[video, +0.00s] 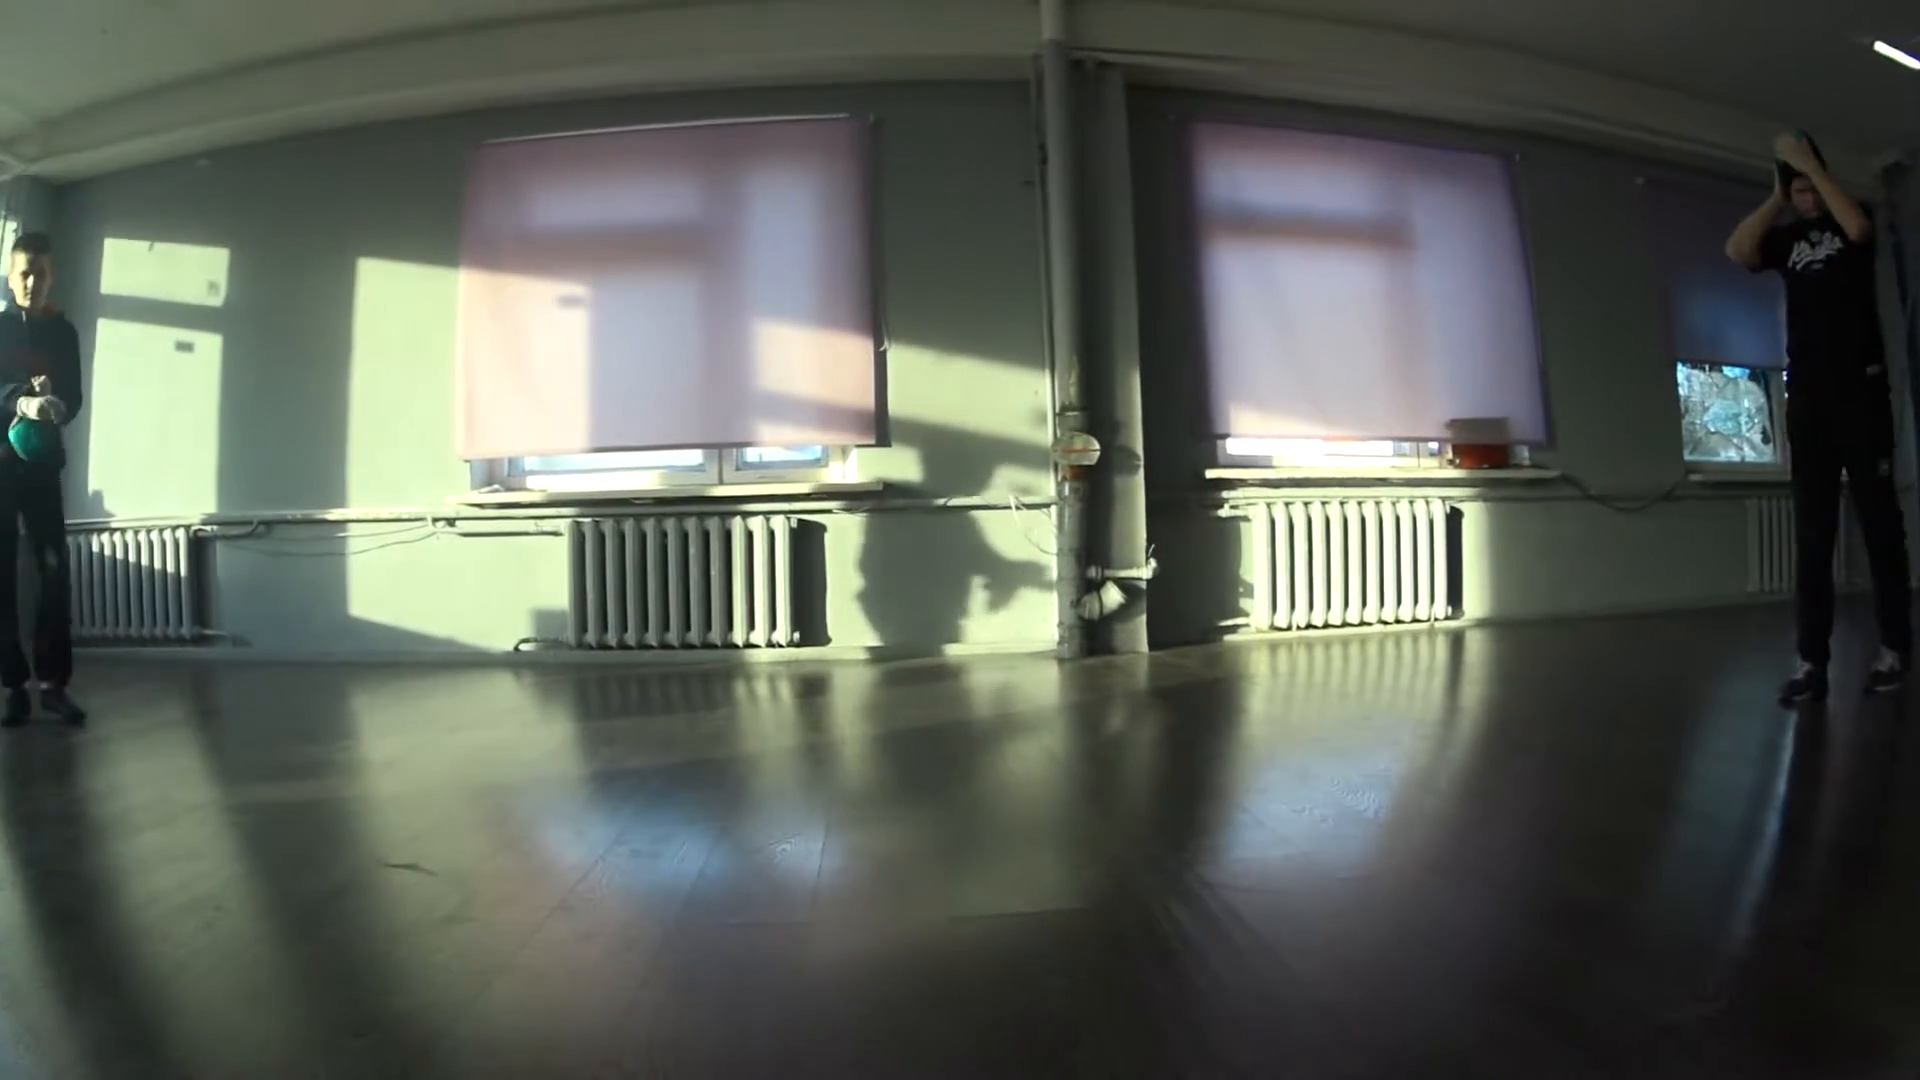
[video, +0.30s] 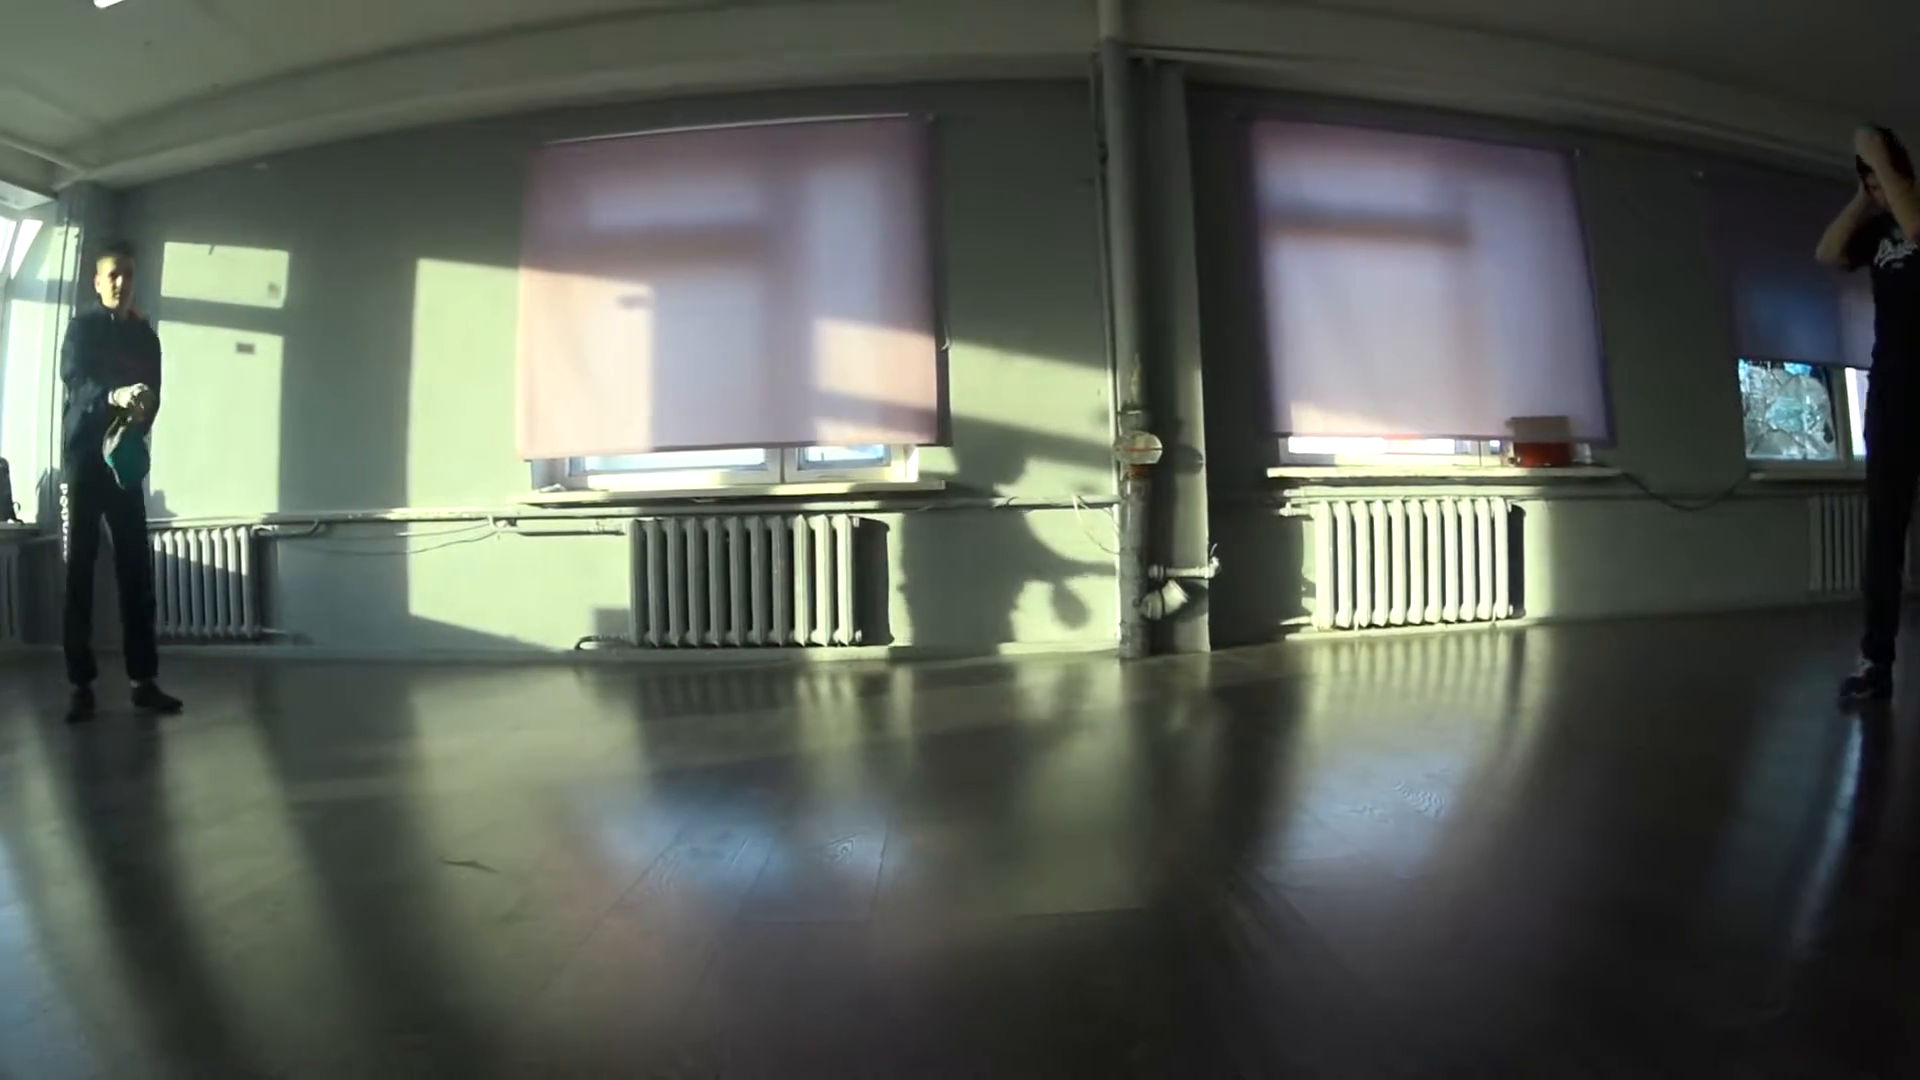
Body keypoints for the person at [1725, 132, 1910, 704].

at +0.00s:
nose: (1804, 192)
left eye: (1811, 182)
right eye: (1794, 183)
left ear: (1828, 184)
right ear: (1784, 193)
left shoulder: (1856, 222)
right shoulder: (1788, 240)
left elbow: (1857, 227)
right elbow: (1739, 251)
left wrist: (1815, 169)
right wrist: (1774, 199)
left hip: (1864, 393)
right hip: (1809, 397)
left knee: (1880, 524)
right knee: (1813, 533)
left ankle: (1895, 650)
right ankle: (1812, 663)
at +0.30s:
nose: (1872, 185)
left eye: (1880, 173)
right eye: (1866, 176)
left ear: (1904, 173)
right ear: (1867, 183)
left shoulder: (1913, 229)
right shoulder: (1878, 236)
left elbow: (1908, 226)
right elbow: (1829, 254)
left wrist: (1884, 165)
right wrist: (1864, 198)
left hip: (1916, 400)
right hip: (1892, 400)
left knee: (1903, 532)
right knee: (1885, 531)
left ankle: (1884, 661)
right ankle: (1878, 663)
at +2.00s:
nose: (1820, 207)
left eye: (1820, 195)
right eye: (1818, 197)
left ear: (1833, 190)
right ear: (1857, 181)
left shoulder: (1874, 217)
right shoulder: (1876, 219)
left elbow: (1816, 242)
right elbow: (1837, 280)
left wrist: (1808, 190)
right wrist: (1818, 206)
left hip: (1887, 398)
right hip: (1886, 397)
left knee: (1892, 527)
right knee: (1892, 526)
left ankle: (1910, 655)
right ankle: (1908, 653)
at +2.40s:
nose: (1769, 194)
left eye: (1773, 183)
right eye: (1765, 187)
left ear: (1790, 177)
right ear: (1793, 179)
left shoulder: (1842, 213)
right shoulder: (1787, 239)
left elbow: (1803, 221)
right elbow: (1742, 266)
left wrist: (1774, 170)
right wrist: (1769, 203)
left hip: (1851, 379)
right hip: (1812, 384)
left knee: (1845, 513)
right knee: (1832, 517)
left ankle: (1909, 628)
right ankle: (1860, 654)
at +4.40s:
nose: (1730, 169)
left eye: (1737, 157)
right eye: (1728, 159)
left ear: (1764, 156)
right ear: (1738, 164)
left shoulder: (1804, 201)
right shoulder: (1746, 225)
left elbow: (1762, 199)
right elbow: (1698, 252)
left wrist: (1739, 146)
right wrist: (1716, 197)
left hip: (1805, 374)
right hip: (1766, 378)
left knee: (1797, 516)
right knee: (1783, 521)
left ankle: (1850, 640)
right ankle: (1810, 661)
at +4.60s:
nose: (1724, 179)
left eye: (1732, 168)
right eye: (1716, 172)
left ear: (1756, 164)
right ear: (1711, 176)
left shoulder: (1792, 204)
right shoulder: (1733, 227)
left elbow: (1784, 234)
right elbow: (1702, 290)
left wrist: (1716, 187)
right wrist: (1694, 237)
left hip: (1798, 378)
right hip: (1757, 381)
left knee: (1783, 518)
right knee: (1777, 519)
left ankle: (1811, 665)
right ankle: (1799, 661)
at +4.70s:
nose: (1717, 181)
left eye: (1724, 167)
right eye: (1708, 173)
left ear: (1748, 161)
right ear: (1704, 178)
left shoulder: (1782, 203)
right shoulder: (1733, 232)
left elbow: (1804, 251)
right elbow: (1723, 308)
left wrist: (1721, 262)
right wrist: (1694, 284)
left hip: (1794, 378)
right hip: (1755, 382)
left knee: (1777, 517)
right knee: (1782, 518)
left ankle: (1767, 661)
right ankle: (1813, 661)